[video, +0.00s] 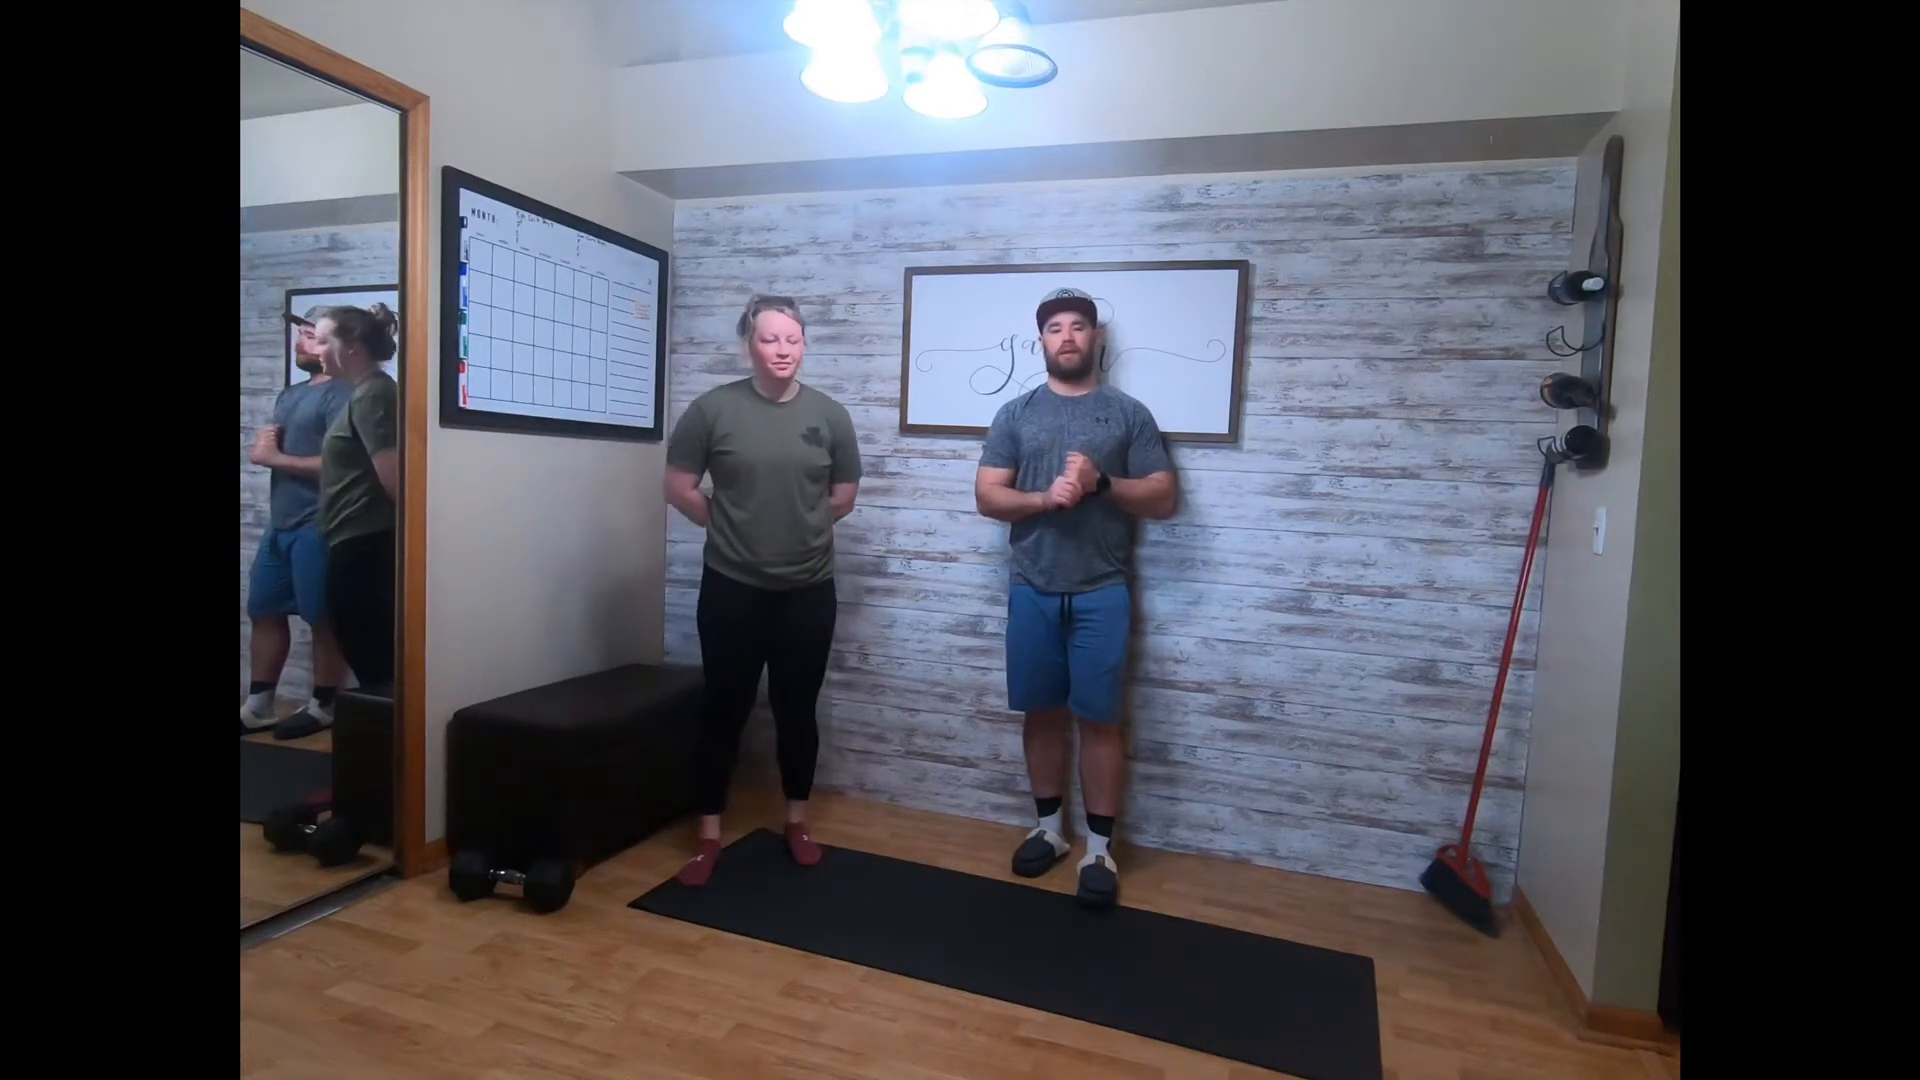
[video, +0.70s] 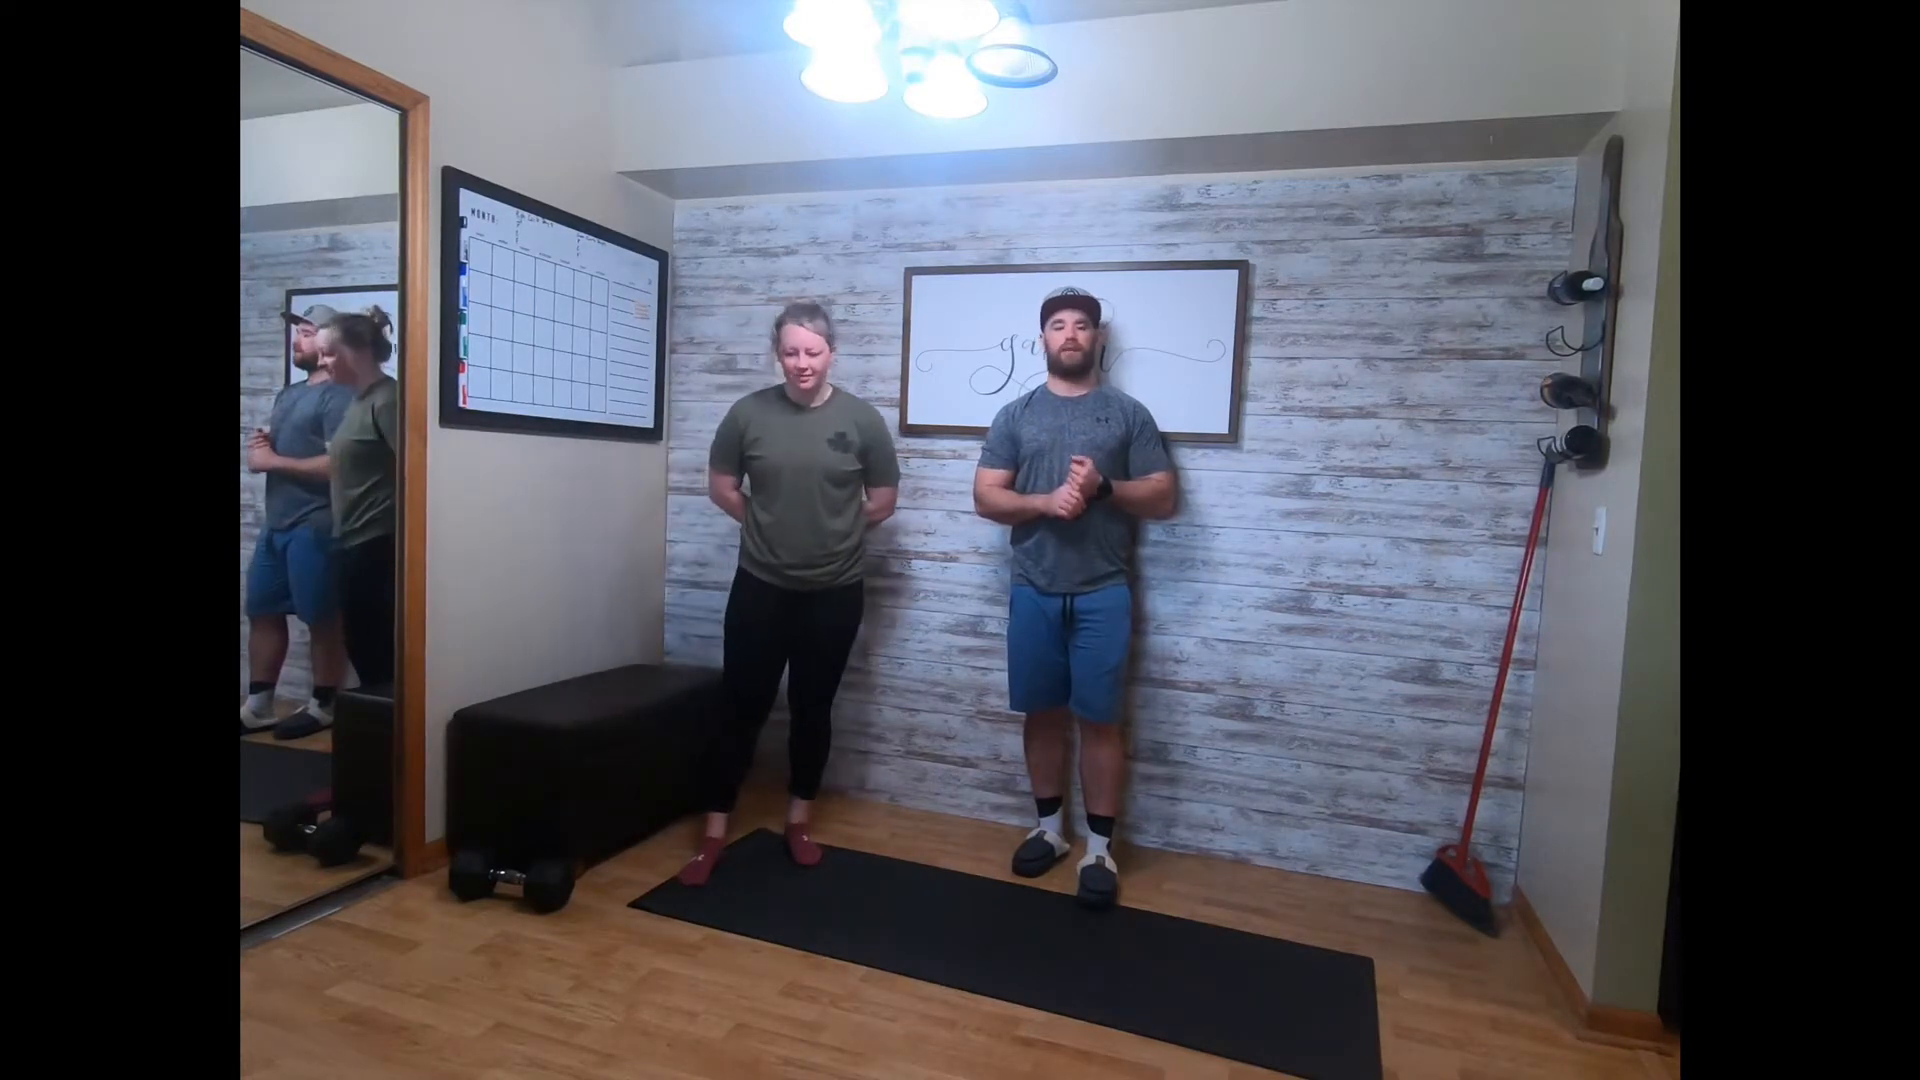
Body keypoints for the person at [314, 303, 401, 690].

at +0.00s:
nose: (318, 351)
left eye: (324, 341)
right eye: (319, 342)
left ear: (351, 346)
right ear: (353, 346)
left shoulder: (374, 396)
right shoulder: (364, 394)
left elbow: (397, 483)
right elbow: (392, 479)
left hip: (365, 541)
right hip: (357, 538)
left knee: (366, 647)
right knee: (367, 646)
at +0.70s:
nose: (326, 365)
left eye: (330, 354)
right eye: (324, 357)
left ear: (357, 351)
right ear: (358, 353)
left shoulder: (388, 400)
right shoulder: (360, 401)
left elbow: (414, 472)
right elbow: (355, 468)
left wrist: (411, 538)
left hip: (380, 544)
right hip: (356, 543)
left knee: (374, 647)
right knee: (363, 645)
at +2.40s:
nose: (305, 342)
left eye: (310, 334)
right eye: (306, 334)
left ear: (333, 341)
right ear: (348, 342)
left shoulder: (338, 394)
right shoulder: (383, 393)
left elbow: (351, 474)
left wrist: (401, 510)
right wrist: (405, 510)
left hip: (342, 541)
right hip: (378, 536)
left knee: (351, 653)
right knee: (376, 648)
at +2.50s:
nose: (308, 344)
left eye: (314, 335)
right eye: (310, 335)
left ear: (340, 343)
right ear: (349, 344)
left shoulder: (346, 395)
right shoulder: (379, 391)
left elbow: (361, 476)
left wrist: (404, 511)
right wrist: (406, 511)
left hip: (345, 542)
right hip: (372, 537)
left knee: (358, 659)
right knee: (374, 653)